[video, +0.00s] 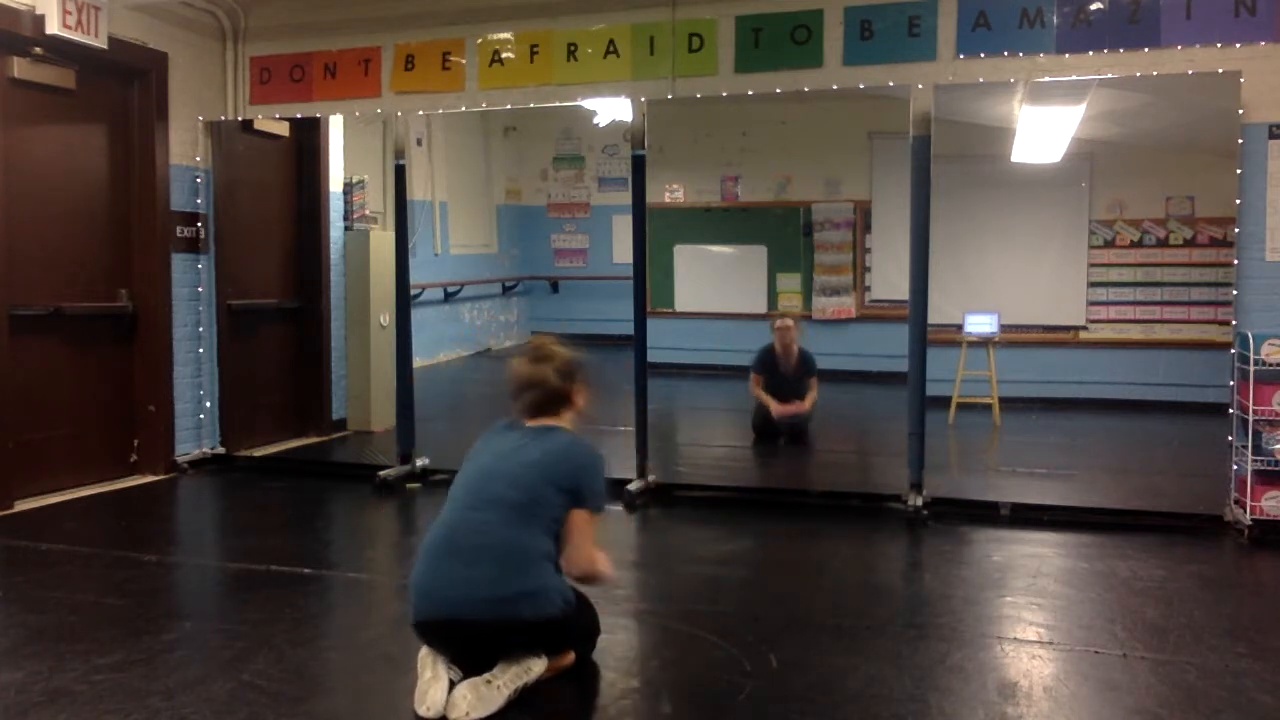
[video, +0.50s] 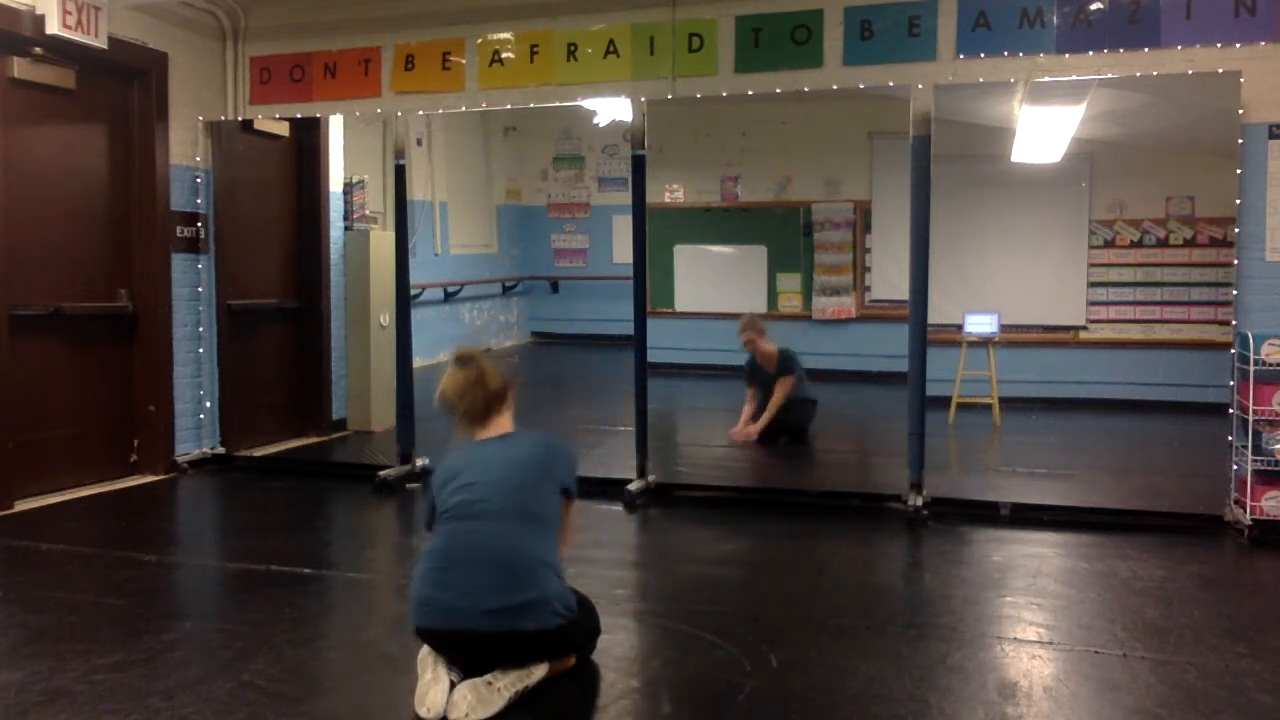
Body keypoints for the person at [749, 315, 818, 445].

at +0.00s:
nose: (784, 334)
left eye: (788, 329)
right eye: (780, 329)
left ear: (795, 332)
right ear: (774, 333)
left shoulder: (806, 358)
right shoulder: (765, 355)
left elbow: (813, 388)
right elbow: (755, 387)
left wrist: (805, 405)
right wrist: (773, 405)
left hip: (797, 407)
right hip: (771, 407)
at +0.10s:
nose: (780, 331)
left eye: (784, 326)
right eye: (776, 327)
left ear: (791, 329)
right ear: (770, 331)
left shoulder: (804, 356)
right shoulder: (761, 355)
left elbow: (812, 384)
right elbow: (754, 379)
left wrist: (798, 397)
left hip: (797, 402)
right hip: (772, 401)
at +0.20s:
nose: (775, 328)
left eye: (779, 323)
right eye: (771, 324)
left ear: (786, 327)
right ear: (766, 328)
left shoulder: (802, 354)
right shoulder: (758, 354)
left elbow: (815, 380)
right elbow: (750, 376)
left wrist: (795, 396)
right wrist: (765, 390)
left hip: (797, 402)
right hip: (770, 400)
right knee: (761, 430)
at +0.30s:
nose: (768, 329)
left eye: (772, 324)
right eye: (764, 325)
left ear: (780, 325)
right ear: (760, 329)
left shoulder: (798, 352)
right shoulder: (756, 353)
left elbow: (812, 381)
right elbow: (750, 377)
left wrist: (789, 404)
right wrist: (760, 400)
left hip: (795, 402)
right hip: (768, 403)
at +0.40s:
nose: (758, 336)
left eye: (761, 331)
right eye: (755, 332)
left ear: (772, 329)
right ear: (753, 334)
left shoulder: (792, 353)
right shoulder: (753, 358)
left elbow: (797, 388)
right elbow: (754, 391)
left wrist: (771, 414)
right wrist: (748, 414)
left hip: (793, 404)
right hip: (766, 407)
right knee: (762, 441)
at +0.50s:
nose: (749, 347)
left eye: (751, 342)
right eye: (746, 344)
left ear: (762, 337)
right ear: (744, 344)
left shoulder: (786, 358)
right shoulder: (752, 365)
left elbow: (779, 397)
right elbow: (751, 400)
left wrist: (757, 427)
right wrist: (740, 427)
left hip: (799, 402)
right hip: (770, 403)